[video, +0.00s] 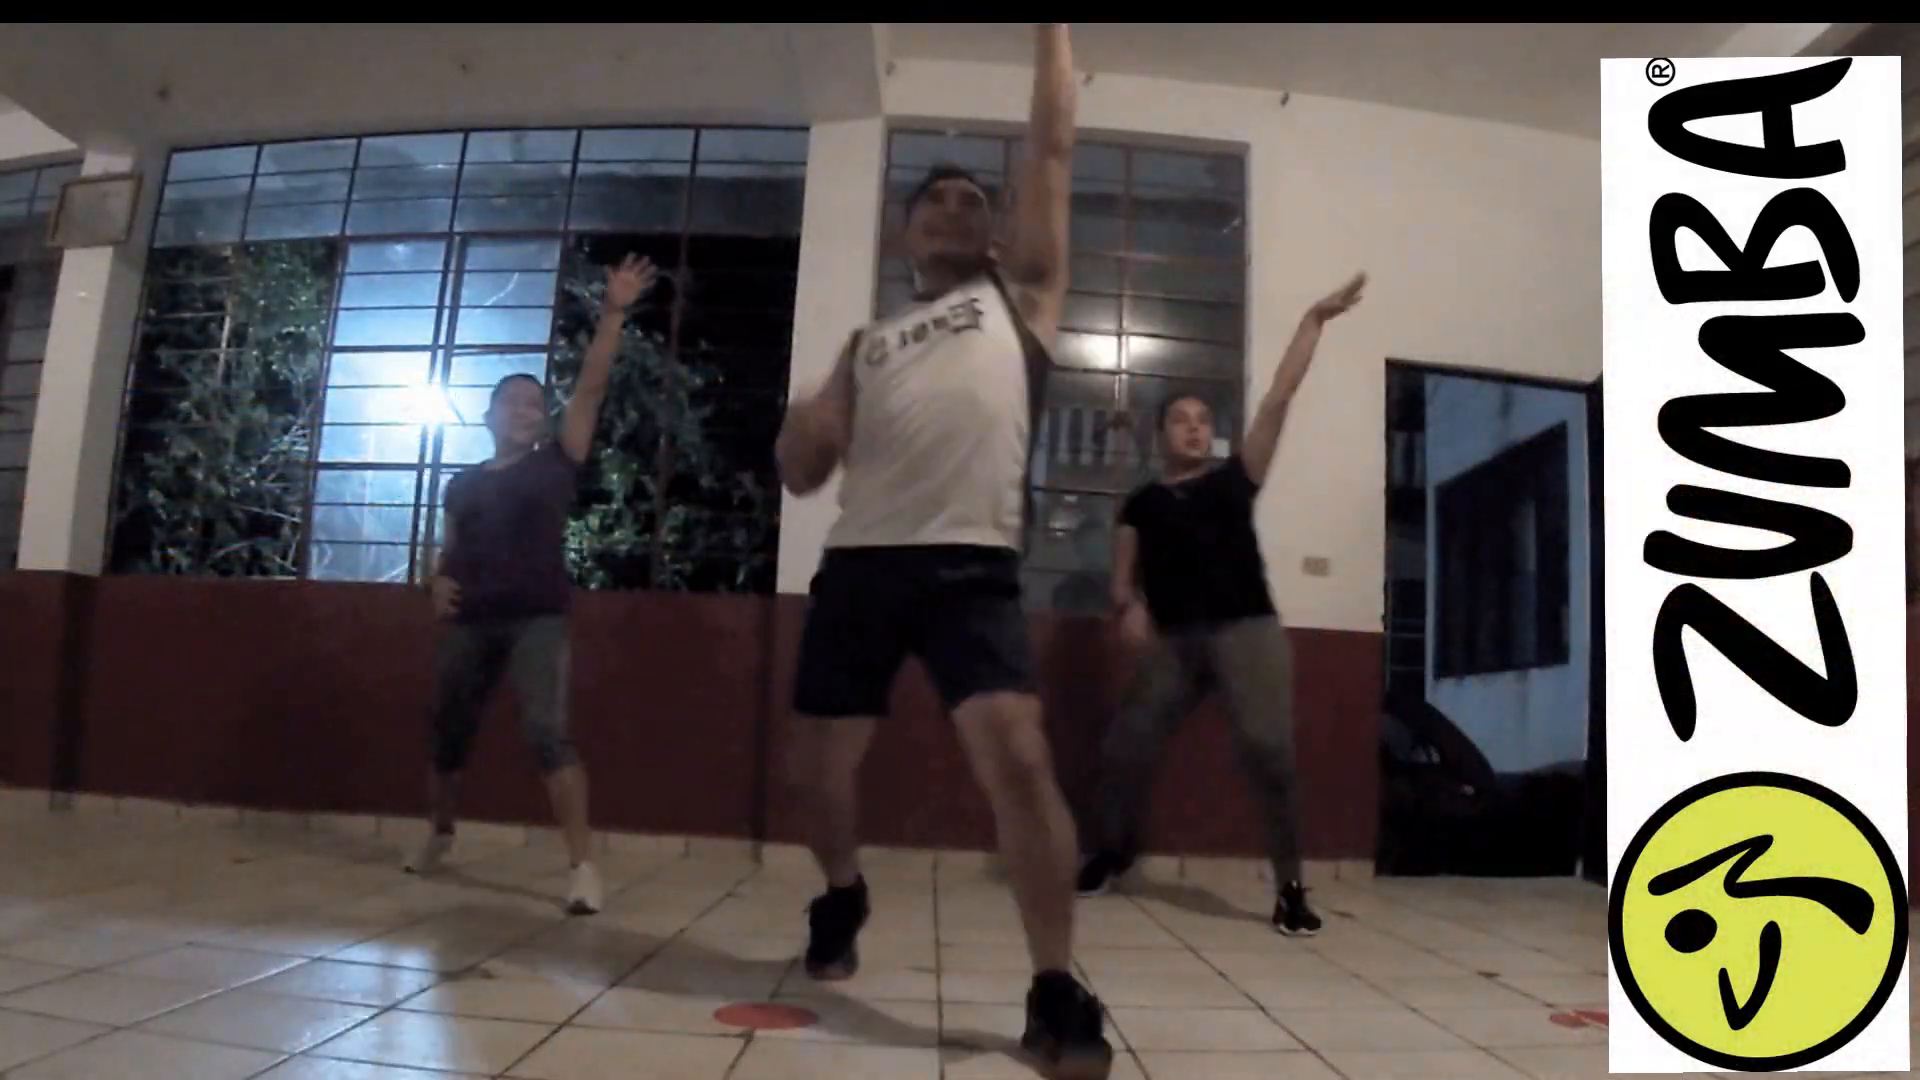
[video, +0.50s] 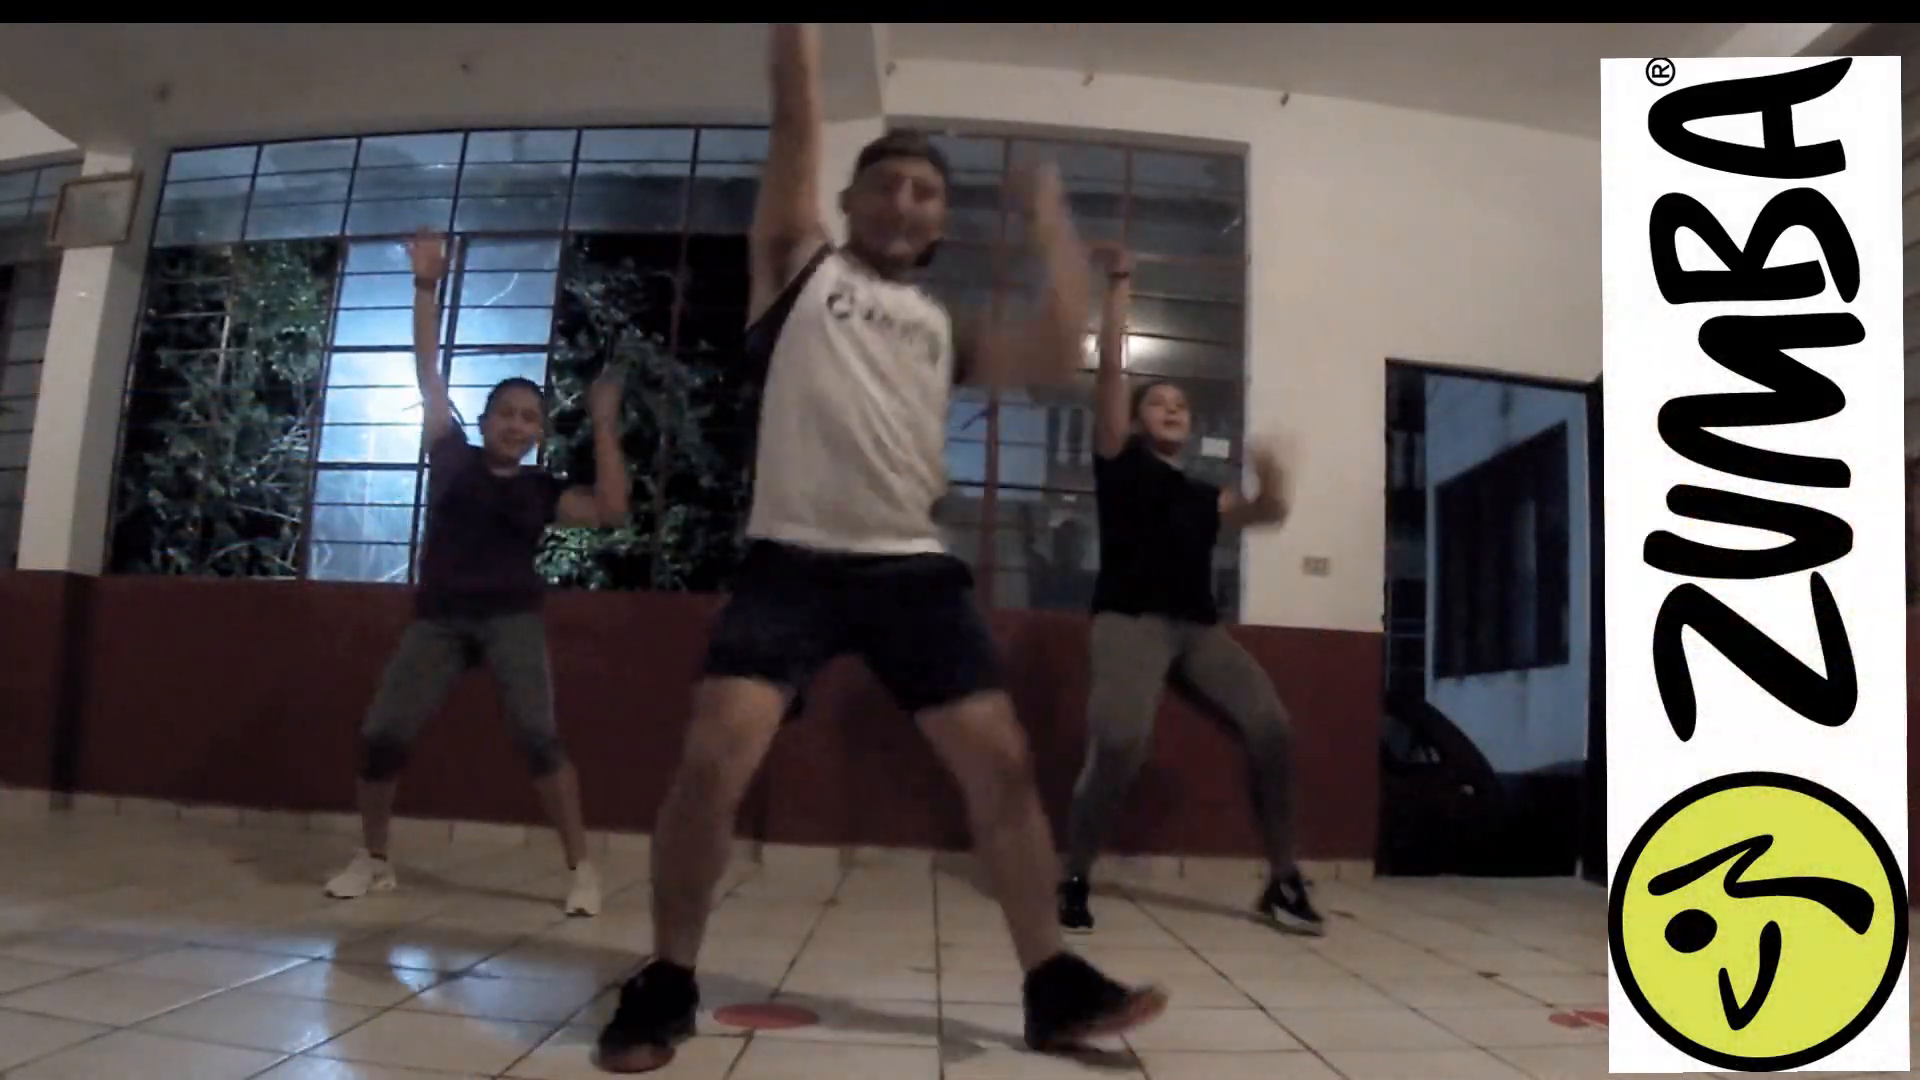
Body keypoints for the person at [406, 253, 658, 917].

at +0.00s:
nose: (528, 411)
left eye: (536, 405)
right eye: (517, 402)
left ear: (546, 419)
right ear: (493, 414)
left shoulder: (557, 465)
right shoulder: (465, 485)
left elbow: (591, 388)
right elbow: (449, 550)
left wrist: (615, 310)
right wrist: (440, 583)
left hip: (539, 613)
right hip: (473, 613)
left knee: (547, 734)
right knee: (447, 725)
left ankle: (582, 866)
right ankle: (439, 833)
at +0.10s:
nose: (538, 406)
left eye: (547, 400)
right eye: (527, 399)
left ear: (557, 416)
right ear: (504, 415)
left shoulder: (575, 461)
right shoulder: (479, 489)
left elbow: (618, 390)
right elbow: (455, 557)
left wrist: (623, 307)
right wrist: (443, 554)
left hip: (548, 617)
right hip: (479, 616)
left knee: (550, 739)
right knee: (435, 727)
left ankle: (582, 866)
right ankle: (442, 814)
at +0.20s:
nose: (537, 404)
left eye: (548, 397)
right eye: (526, 397)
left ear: (565, 412)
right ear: (508, 413)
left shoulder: (582, 461)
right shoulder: (487, 477)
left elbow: (640, 400)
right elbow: (420, 507)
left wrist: (627, 319)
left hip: (548, 618)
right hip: (481, 614)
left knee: (549, 738)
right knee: (416, 720)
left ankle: (581, 868)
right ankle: (438, 821)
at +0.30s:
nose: (535, 404)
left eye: (547, 397)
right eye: (526, 395)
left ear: (564, 413)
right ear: (507, 406)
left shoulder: (577, 466)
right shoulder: (477, 460)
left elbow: (642, 422)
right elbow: (411, 415)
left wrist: (632, 345)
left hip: (544, 617)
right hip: (474, 613)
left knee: (551, 739)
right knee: (403, 715)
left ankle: (581, 867)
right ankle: (398, 838)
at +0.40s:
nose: (528, 414)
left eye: (540, 408)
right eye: (519, 404)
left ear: (555, 423)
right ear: (499, 414)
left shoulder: (563, 478)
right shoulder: (468, 457)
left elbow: (632, 454)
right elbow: (429, 371)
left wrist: (631, 377)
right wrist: (432, 289)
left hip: (529, 618)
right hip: (459, 614)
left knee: (542, 739)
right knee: (393, 723)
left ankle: (580, 869)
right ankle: (375, 856)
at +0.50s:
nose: (515, 425)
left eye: (527, 418)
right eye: (506, 413)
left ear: (540, 433)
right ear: (485, 420)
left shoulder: (541, 493)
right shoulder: (451, 458)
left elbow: (611, 508)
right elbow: (428, 367)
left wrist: (604, 426)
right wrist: (426, 283)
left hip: (512, 619)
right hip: (441, 616)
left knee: (537, 738)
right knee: (381, 735)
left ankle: (581, 868)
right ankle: (374, 861)